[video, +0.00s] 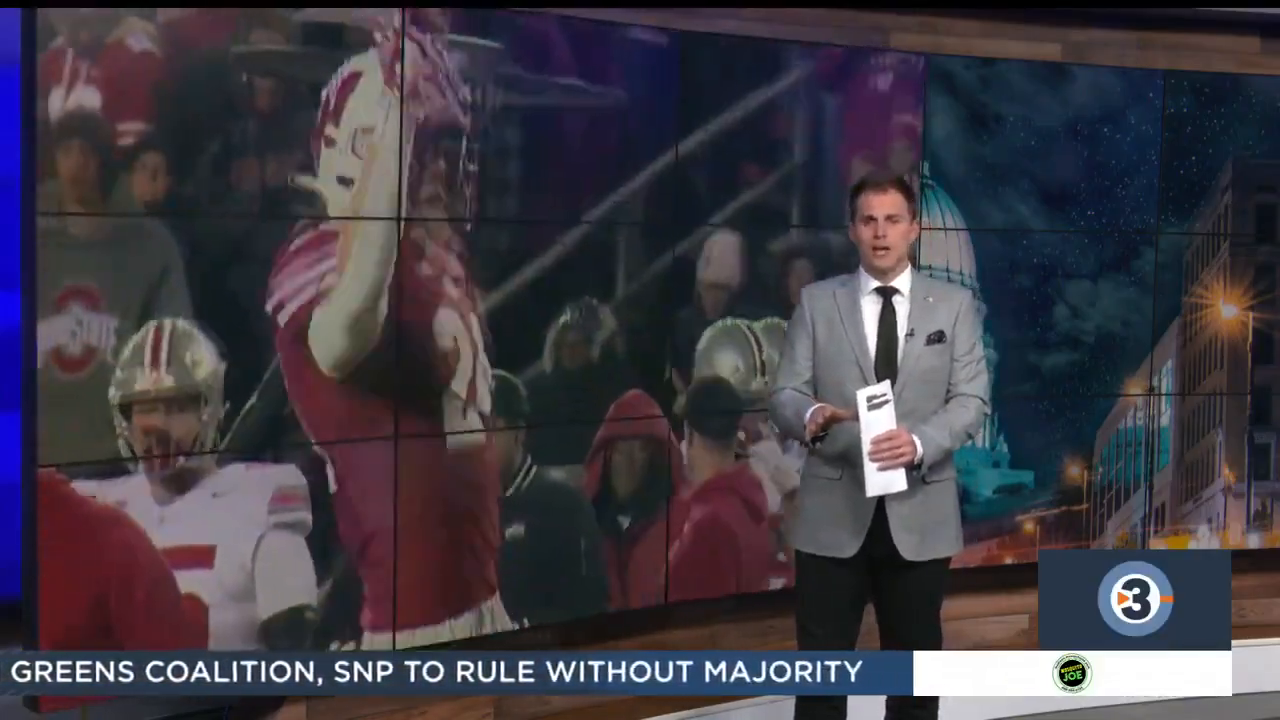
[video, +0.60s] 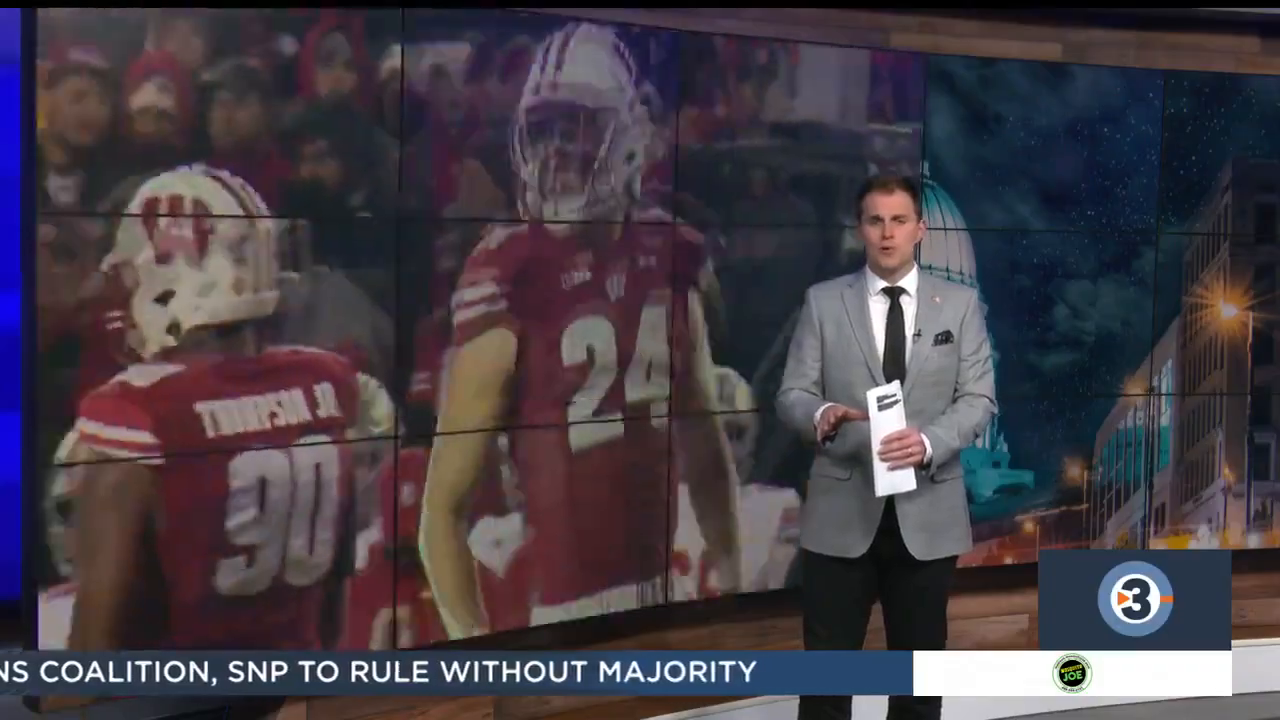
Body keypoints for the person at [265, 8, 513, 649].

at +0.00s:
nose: (438, 172)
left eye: (448, 151)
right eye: (417, 152)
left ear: (460, 156)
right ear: (351, 155)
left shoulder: (438, 260)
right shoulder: (320, 269)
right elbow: (341, 343)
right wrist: (385, 124)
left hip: (482, 613)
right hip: (412, 632)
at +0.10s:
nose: (474, 134)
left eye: (483, 112)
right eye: (450, 113)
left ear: (498, 117)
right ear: (386, 119)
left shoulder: (479, 224)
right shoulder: (364, 224)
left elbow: (491, 375)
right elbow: (337, 406)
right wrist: (437, 270)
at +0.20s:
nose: (522, 184)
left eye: (528, 159)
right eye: (497, 164)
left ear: (545, 163)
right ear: (444, 169)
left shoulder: (541, 270)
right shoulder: (440, 290)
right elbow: (407, 514)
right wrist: (517, 531)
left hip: (554, 601)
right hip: (482, 615)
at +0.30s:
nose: (587, 249)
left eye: (593, 227)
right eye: (562, 232)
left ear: (608, 233)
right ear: (504, 246)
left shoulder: (601, 344)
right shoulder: (508, 366)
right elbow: (474, 602)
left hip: (605, 618)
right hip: (536, 632)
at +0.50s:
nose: (570, 238)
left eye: (588, 215)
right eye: (550, 219)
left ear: (621, 221)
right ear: (524, 231)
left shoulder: (652, 332)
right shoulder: (510, 344)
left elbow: (656, 505)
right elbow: (447, 575)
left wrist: (691, 618)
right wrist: (458, 704)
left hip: (657, 622)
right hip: (557, 632)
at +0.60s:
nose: (562, 150)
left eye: (586, 128)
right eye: (545, 129)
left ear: (631, 138)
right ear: (521, 141)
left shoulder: (670, 255)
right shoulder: (506, 266)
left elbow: (699, 435)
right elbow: (439, 513)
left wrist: (727, 575)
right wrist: (476, 651)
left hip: (653, 589)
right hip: (551, 602)